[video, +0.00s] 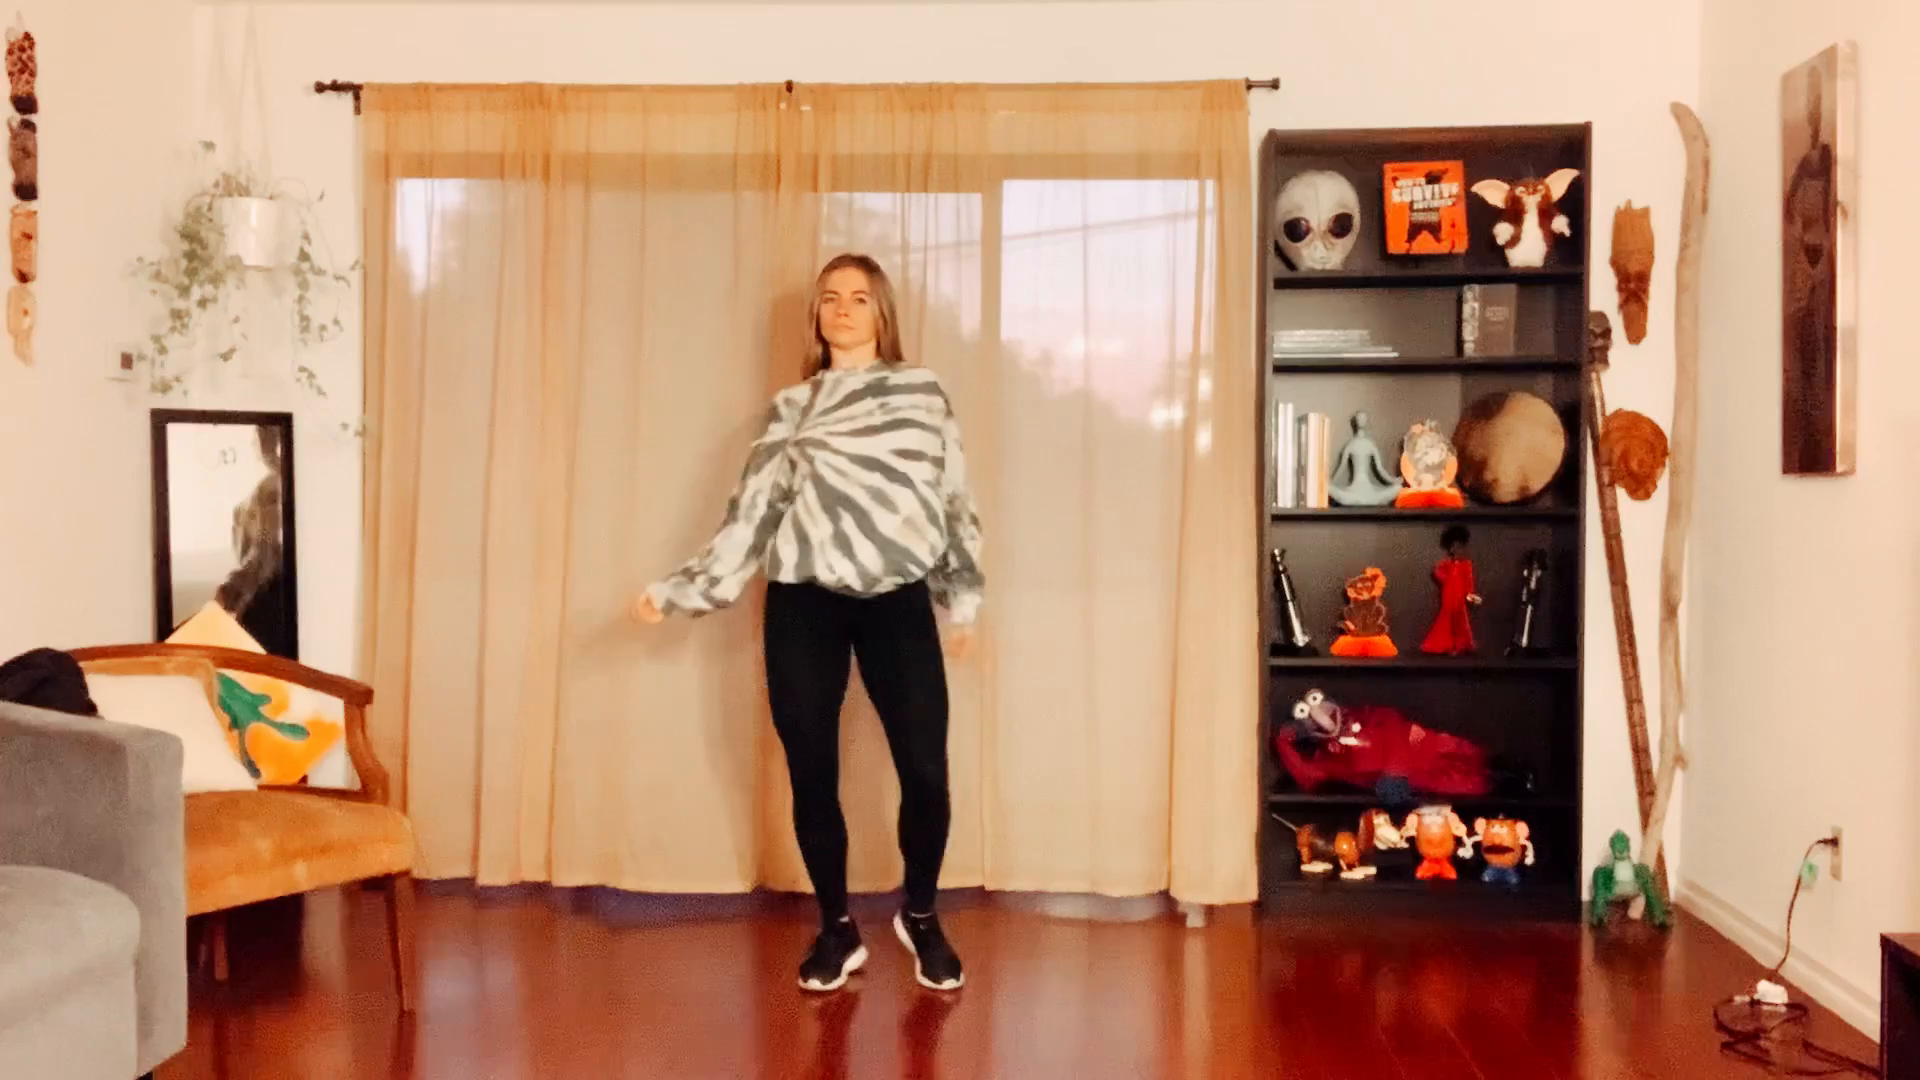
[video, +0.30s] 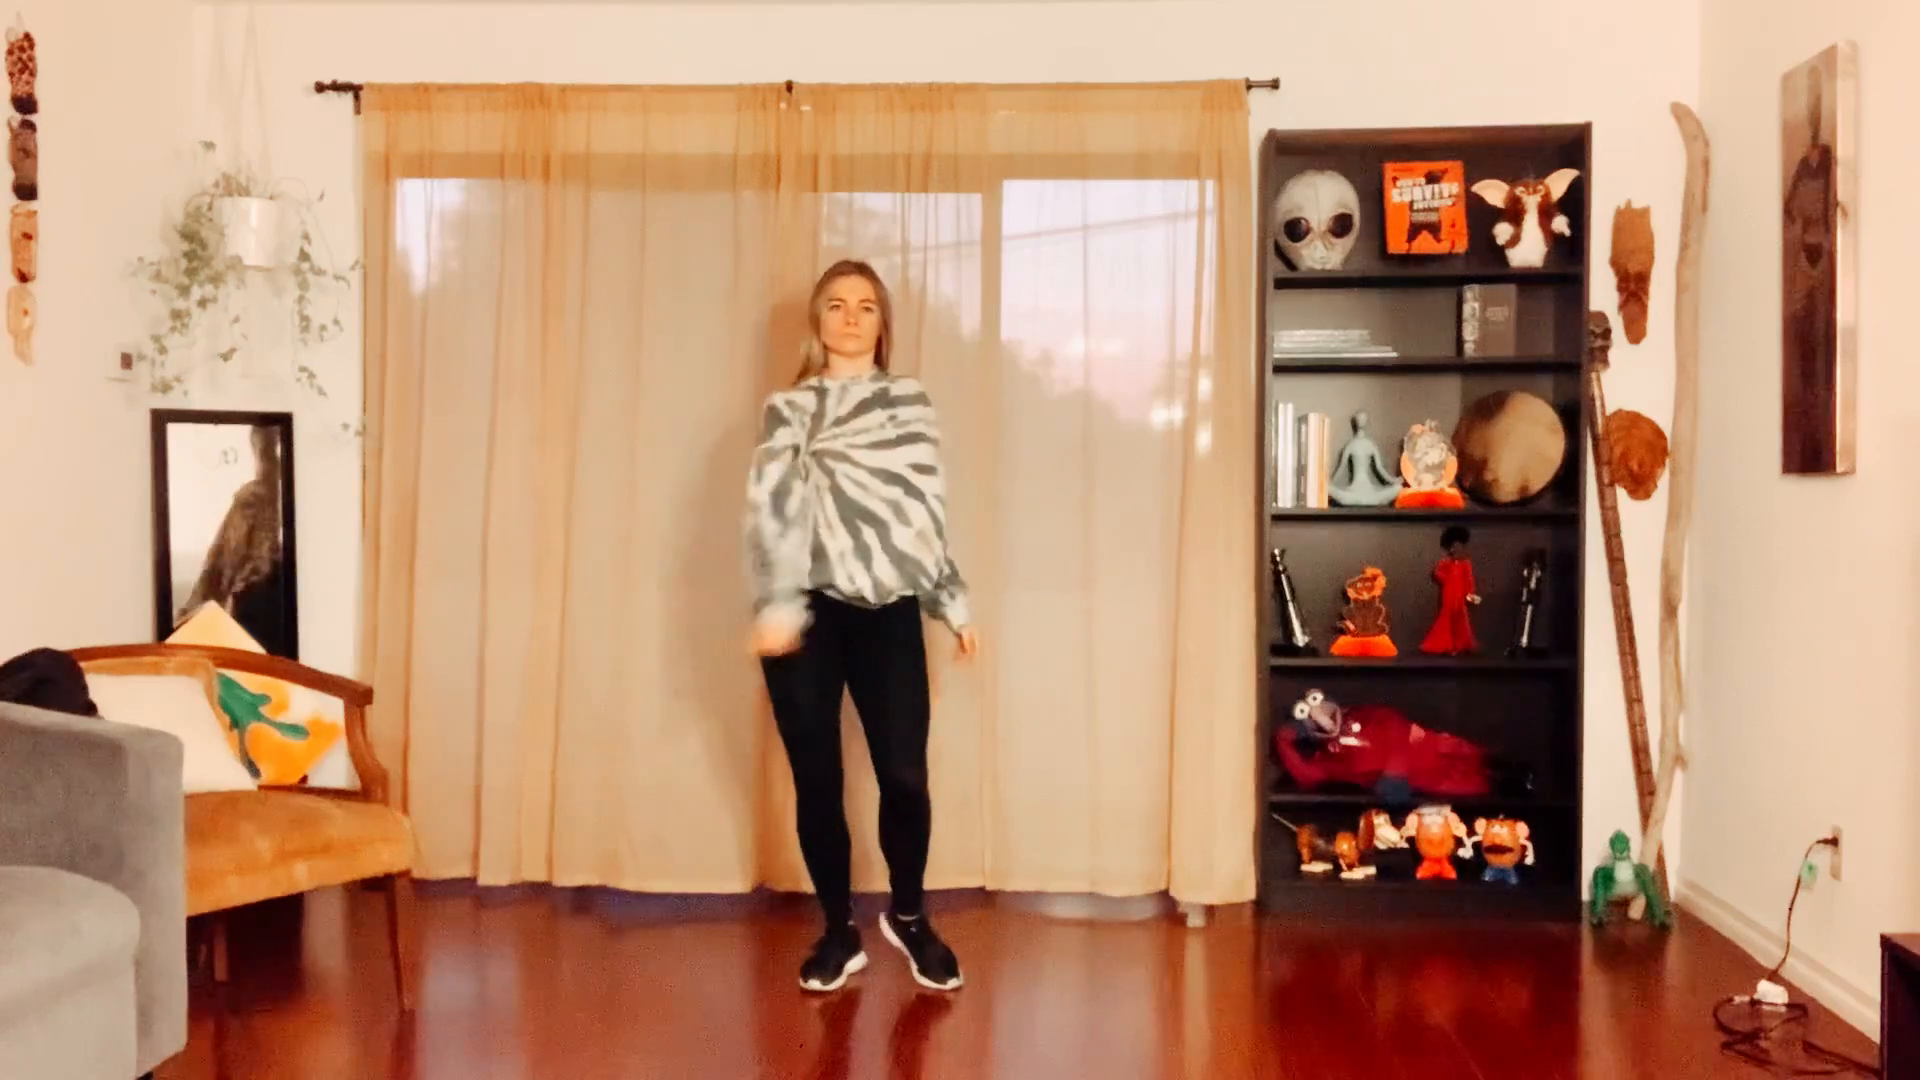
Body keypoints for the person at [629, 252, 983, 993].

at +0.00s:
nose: (843, 306)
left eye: (858, 296)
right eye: (831, 296)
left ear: (882, 311)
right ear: (815, 314)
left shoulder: (922, 392)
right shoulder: (795, 406)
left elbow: (954, 501)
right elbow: (751, 518)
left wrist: (960, 600)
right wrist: (680, 588)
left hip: (896, 600)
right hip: (803, 599)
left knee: (927, 774)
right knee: (813, 776)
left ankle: (921, 913)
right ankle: (836, 929)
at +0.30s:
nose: (851, 315)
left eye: (865, 305)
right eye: (836, 305)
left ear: (883, 320)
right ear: (815, 319)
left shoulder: (909, 404)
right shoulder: (790, 409)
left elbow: (926, 509)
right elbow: (772, 511)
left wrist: (952, 601)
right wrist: (779, 600)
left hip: (889, 613)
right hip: (803, 613)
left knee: (904, 778)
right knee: (819, 784)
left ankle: (908, 914)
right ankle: (838, 933)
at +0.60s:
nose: (850, 319)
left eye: (864, 309)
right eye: (835, 306)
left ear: (880, 324)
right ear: (813, 318)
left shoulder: (899, 410)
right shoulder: (775, 398)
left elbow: (903, 517)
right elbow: (770, 494)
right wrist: (882, 473)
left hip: (893, 605)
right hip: (803, 607)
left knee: (911, 775)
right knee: (826, 784)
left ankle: (893, 920)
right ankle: (840, 929)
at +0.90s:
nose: (860, 318)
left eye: (874, 308)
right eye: (846, 305)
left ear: (892, 321)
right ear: (823, 315)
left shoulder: (911, 405)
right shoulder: (784, 395)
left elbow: (932, 513)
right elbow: (756, 489)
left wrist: (949, 610)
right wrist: (758, 551)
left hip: (917, 613)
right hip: (826, 616)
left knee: (918, 786)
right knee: (831, 794)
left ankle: (908, 952)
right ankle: (839, 925)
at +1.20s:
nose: (887, 317)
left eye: (901, 305)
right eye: (871, 305)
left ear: (919, 319)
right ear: (850, 318)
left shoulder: (944, 412)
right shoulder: (817, 400)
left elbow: (970, 525)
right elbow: (742, 485)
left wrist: (996, 629)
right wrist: (670, 584)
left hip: (952, 621)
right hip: (861, 622)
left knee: (931, 796)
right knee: (843, 799)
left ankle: (908, 955)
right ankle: (839, 914)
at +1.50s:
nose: (902, 313)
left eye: (917, 301)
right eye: (887, 302)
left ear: (938, 312)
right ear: (869, 315)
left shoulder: (972, 404)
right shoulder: (838, 403)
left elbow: (1009, 517)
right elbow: (810, 516)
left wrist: (1005, 623)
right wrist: (805, 613)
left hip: (952, 622)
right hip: (859, 621)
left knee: (931, 799)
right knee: (848, 804)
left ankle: (908, 959)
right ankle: (848, 924)